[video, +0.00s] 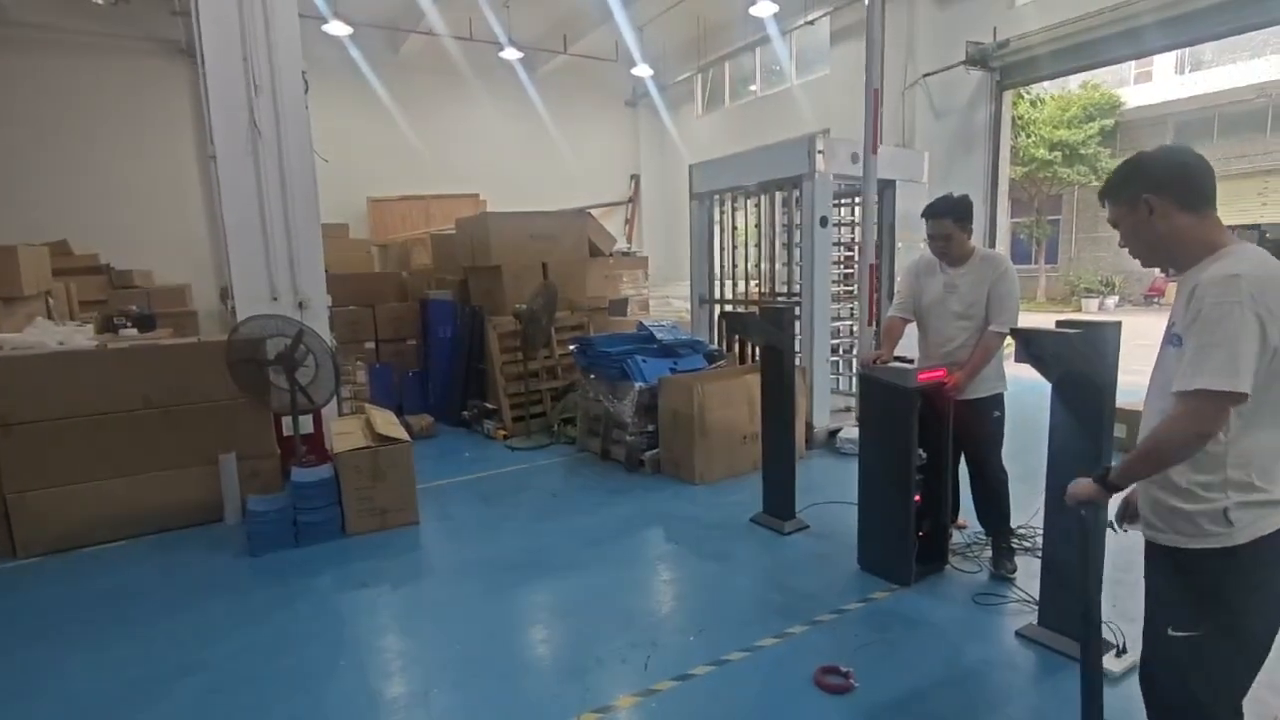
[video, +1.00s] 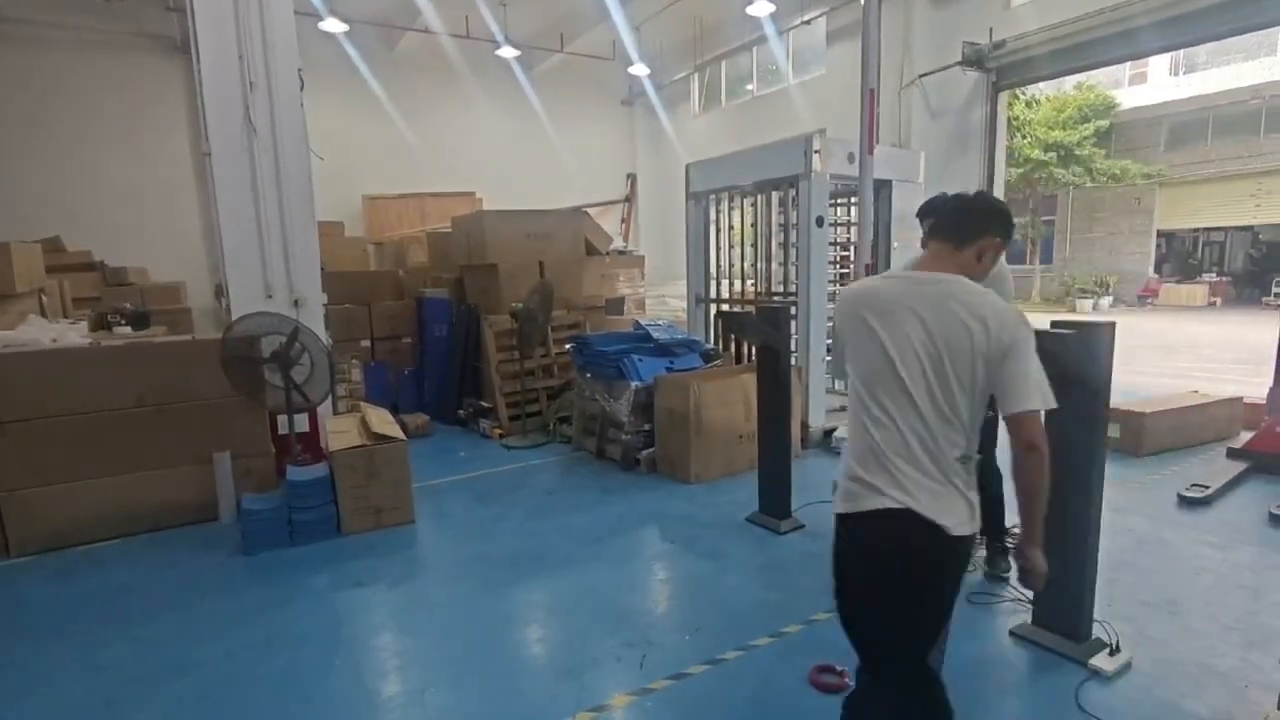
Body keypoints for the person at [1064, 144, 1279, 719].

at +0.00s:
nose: (1124, 246)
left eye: (1120, 227)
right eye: (1117, 231)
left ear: (1153, 208)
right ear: (1161, 208)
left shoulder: (1225, 285)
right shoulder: (1225, 275)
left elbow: (1199, 419)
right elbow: (1220, 423)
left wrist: (1108, 481)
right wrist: (1154, 488)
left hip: (1215, 551)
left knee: (1185, 702)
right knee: (1184, 697)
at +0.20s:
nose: (1093, 236)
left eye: (1093, 220)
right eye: (1090, 222)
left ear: (1122, 213)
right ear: (1172, 205)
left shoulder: (1181, 292)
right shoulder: (1224, 277)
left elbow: (1145, 420)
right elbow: (1209, 423)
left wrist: (1067, 466)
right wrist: (1124, 483)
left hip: (1179, 552)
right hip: (1217, 542)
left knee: (1140, 701)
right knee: (1191, 701)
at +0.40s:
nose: (1042, 241)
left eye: (1043, 223)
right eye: (1040, 224)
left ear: (1070, 218)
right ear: (1122, 213)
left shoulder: (1097, 306)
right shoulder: (1173, 289)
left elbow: (1045, 434)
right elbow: (1155, 409)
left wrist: (1018, 464)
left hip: (1112, 554)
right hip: (1174, 540)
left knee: (1082, 699)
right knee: (1162, 691)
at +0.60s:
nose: (979, 235)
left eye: (977, 221)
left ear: (991, 218)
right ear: (1072, 206)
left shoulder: (988, 304)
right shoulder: (1131, 291)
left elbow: (956, 417)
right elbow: (1148, 423)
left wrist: (1000, 452)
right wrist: (1095, 461)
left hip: (1032, 560)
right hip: (1114, 551)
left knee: (1004, 705)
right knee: (1066, 689)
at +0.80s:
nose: (1025, 237)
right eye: (1028, 226)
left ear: (954, 220)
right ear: (1023, 224)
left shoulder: (903, 304)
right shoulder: (1070, 304)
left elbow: (905, 405)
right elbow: (1118, 426)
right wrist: (1091, 509)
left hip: (949, 541)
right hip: (1035, 540)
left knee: (970, 700)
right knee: (959, 696)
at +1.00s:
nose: (995, 271)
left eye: (997, 260)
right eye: (997, 258)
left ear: (927, 237)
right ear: (984, 249)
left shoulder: (855, 298)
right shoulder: (997, 318)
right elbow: (1029, 439)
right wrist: (1030, 542)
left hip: (860, 528)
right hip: (941, 534)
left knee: (904, 685)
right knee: (888, 684)